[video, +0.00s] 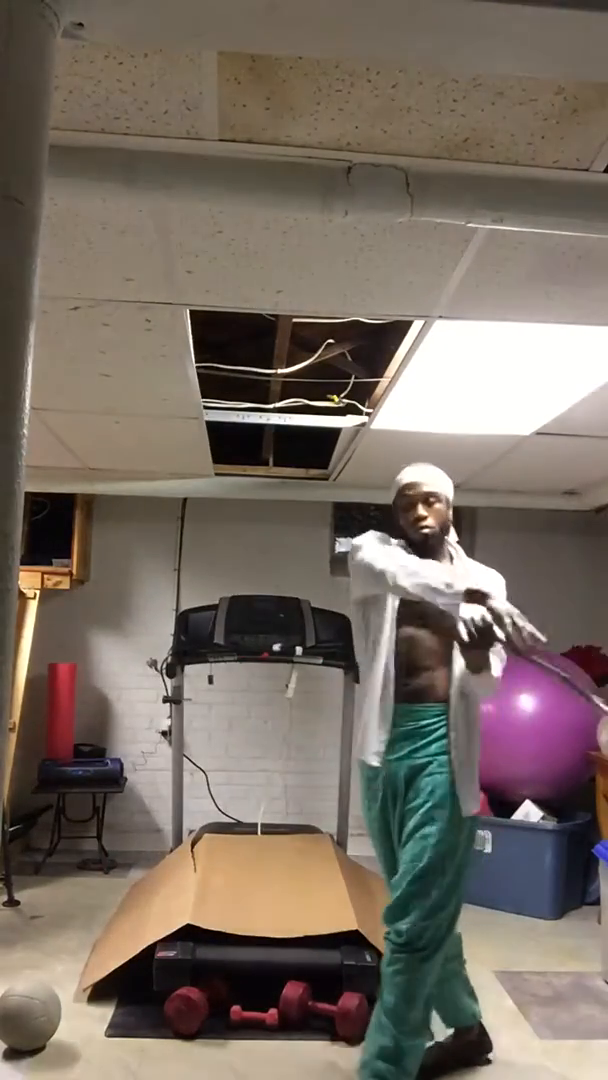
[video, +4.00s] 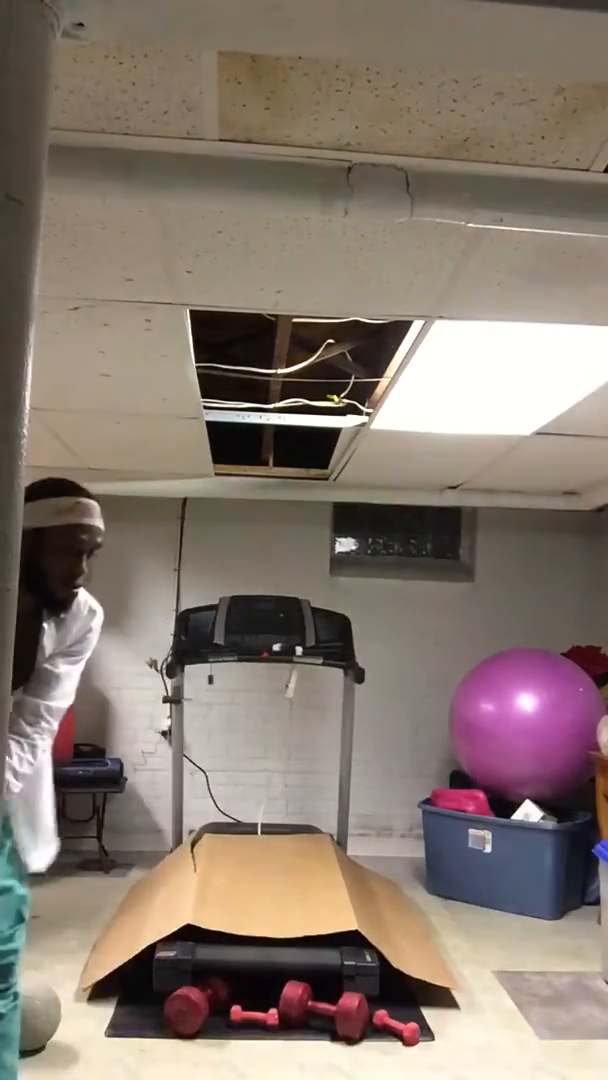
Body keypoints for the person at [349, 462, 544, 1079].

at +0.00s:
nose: (424, 510)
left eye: (433, 500)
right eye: (412, 502)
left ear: (452, 510)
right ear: (395, 514)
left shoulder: (478, 580)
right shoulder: (372, 550)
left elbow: (527, 647)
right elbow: (394, 571)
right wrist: (469, 600)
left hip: (444, 734)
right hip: (379, 735)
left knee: (414, 910)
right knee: (414, 898)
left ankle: (385, 1069)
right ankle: (466, 1028)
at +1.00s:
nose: (302, 512)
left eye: (312, 495)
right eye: (295, 499)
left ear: (357, 490)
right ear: (292, 505)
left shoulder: (429, 543)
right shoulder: (297, 565)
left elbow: (502, 610)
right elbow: (234, 634)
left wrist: (416, 604)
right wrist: (323, 586)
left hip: (421, 760)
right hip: (334, 763)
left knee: (404, 971)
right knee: (321, 978)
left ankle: (383, 1070)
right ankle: (333, 1069)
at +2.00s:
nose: (52, 641)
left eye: (62, 617)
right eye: (51, 619)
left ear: (120, 610)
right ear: (119, 611)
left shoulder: (245, 638)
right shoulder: (133, 684)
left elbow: (208, 826)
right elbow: (115, 786)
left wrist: (77, 890)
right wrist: (17, 886)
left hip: (376, 874)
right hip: (263, 877)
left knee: (353, 1068)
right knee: (200, 1062)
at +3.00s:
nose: (162, 422)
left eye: (159, 407)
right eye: (152, 407)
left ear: (73, 420)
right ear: (116, 415)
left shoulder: (17, 499)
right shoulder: (166, 496)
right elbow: (293, 572)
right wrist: (439, 631)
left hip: (25, 829)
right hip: (152, 831)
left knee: (37, 1056)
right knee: (161, 1054)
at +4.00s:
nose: (82, 569)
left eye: (91, 554)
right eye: (71, 552)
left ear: (95, 553)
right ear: (29, 545)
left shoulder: (79, 616)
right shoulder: (13, 604)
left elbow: (35, 726)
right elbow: (30, 725)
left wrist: (11, 784)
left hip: (18, 782)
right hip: (14, 781)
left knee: (10, 897)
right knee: (8, 897)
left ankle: (5, 1014)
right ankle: (6, 1009)